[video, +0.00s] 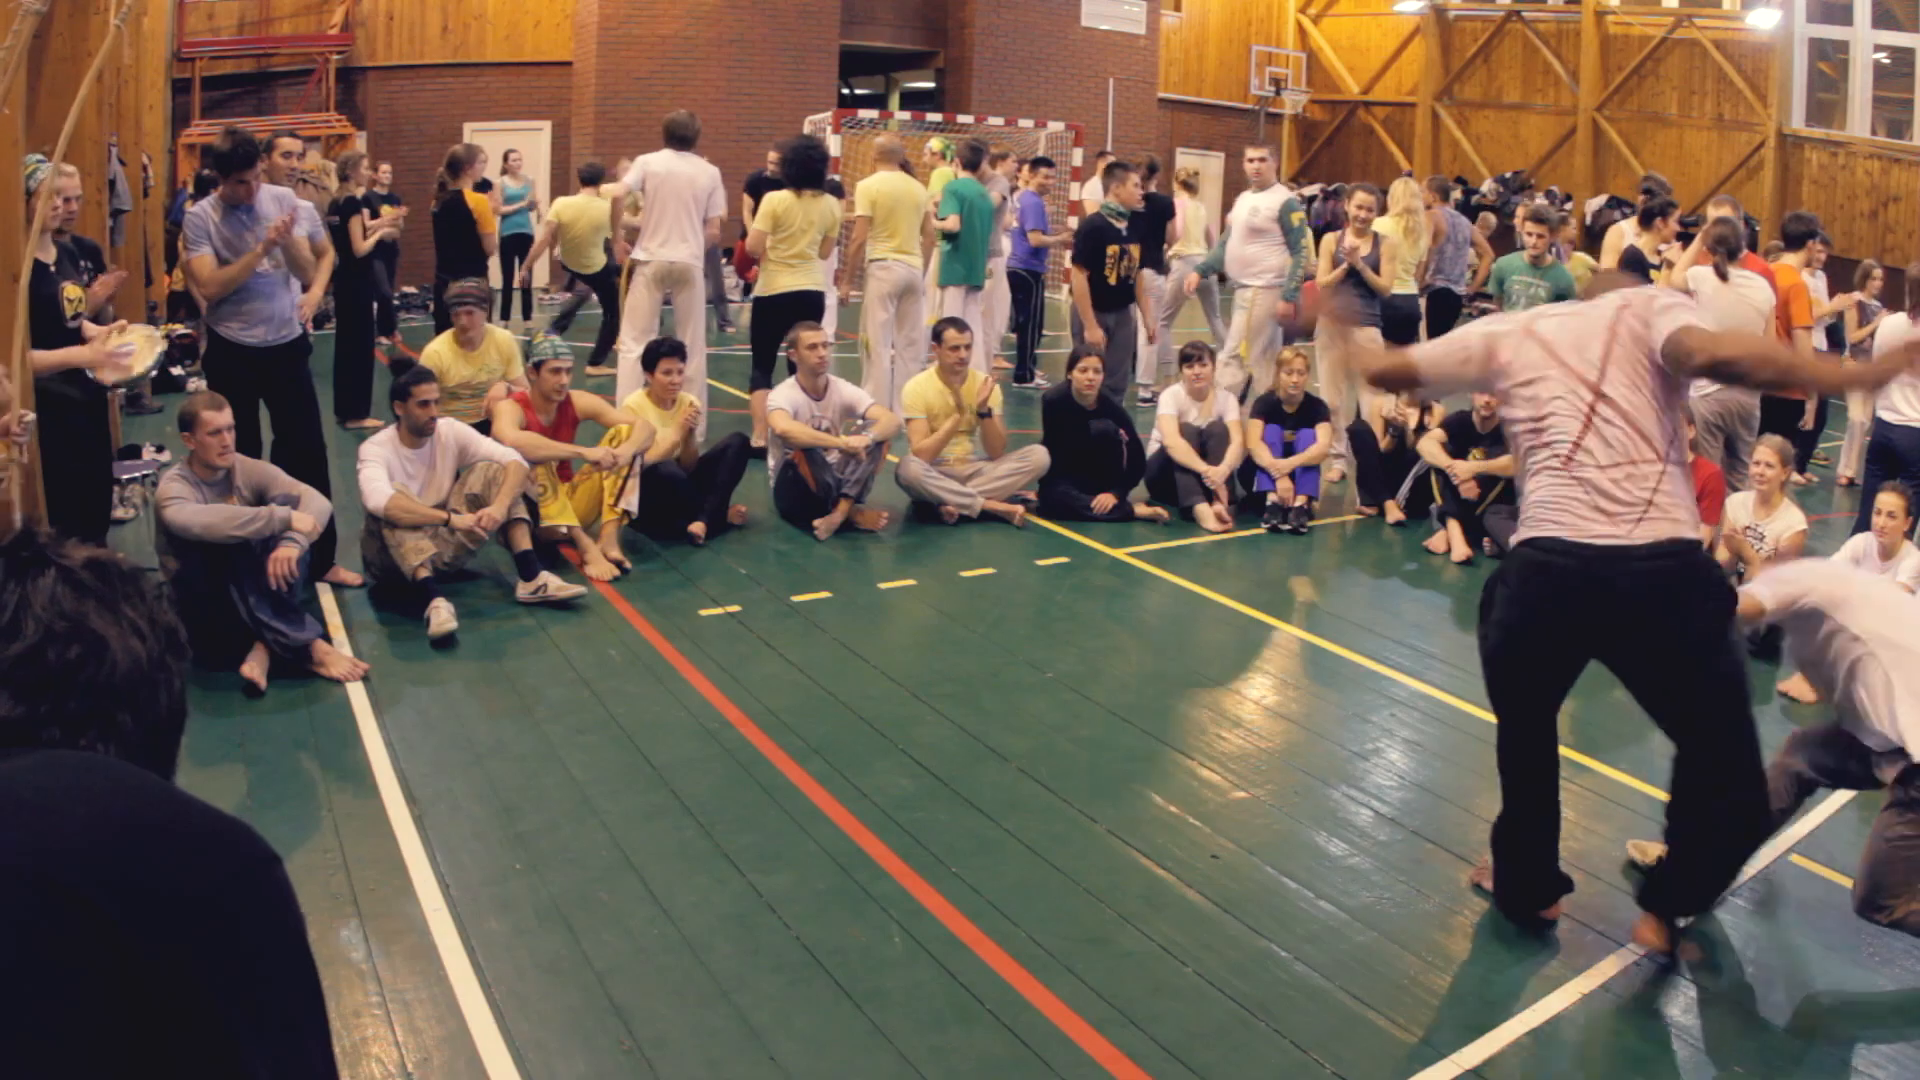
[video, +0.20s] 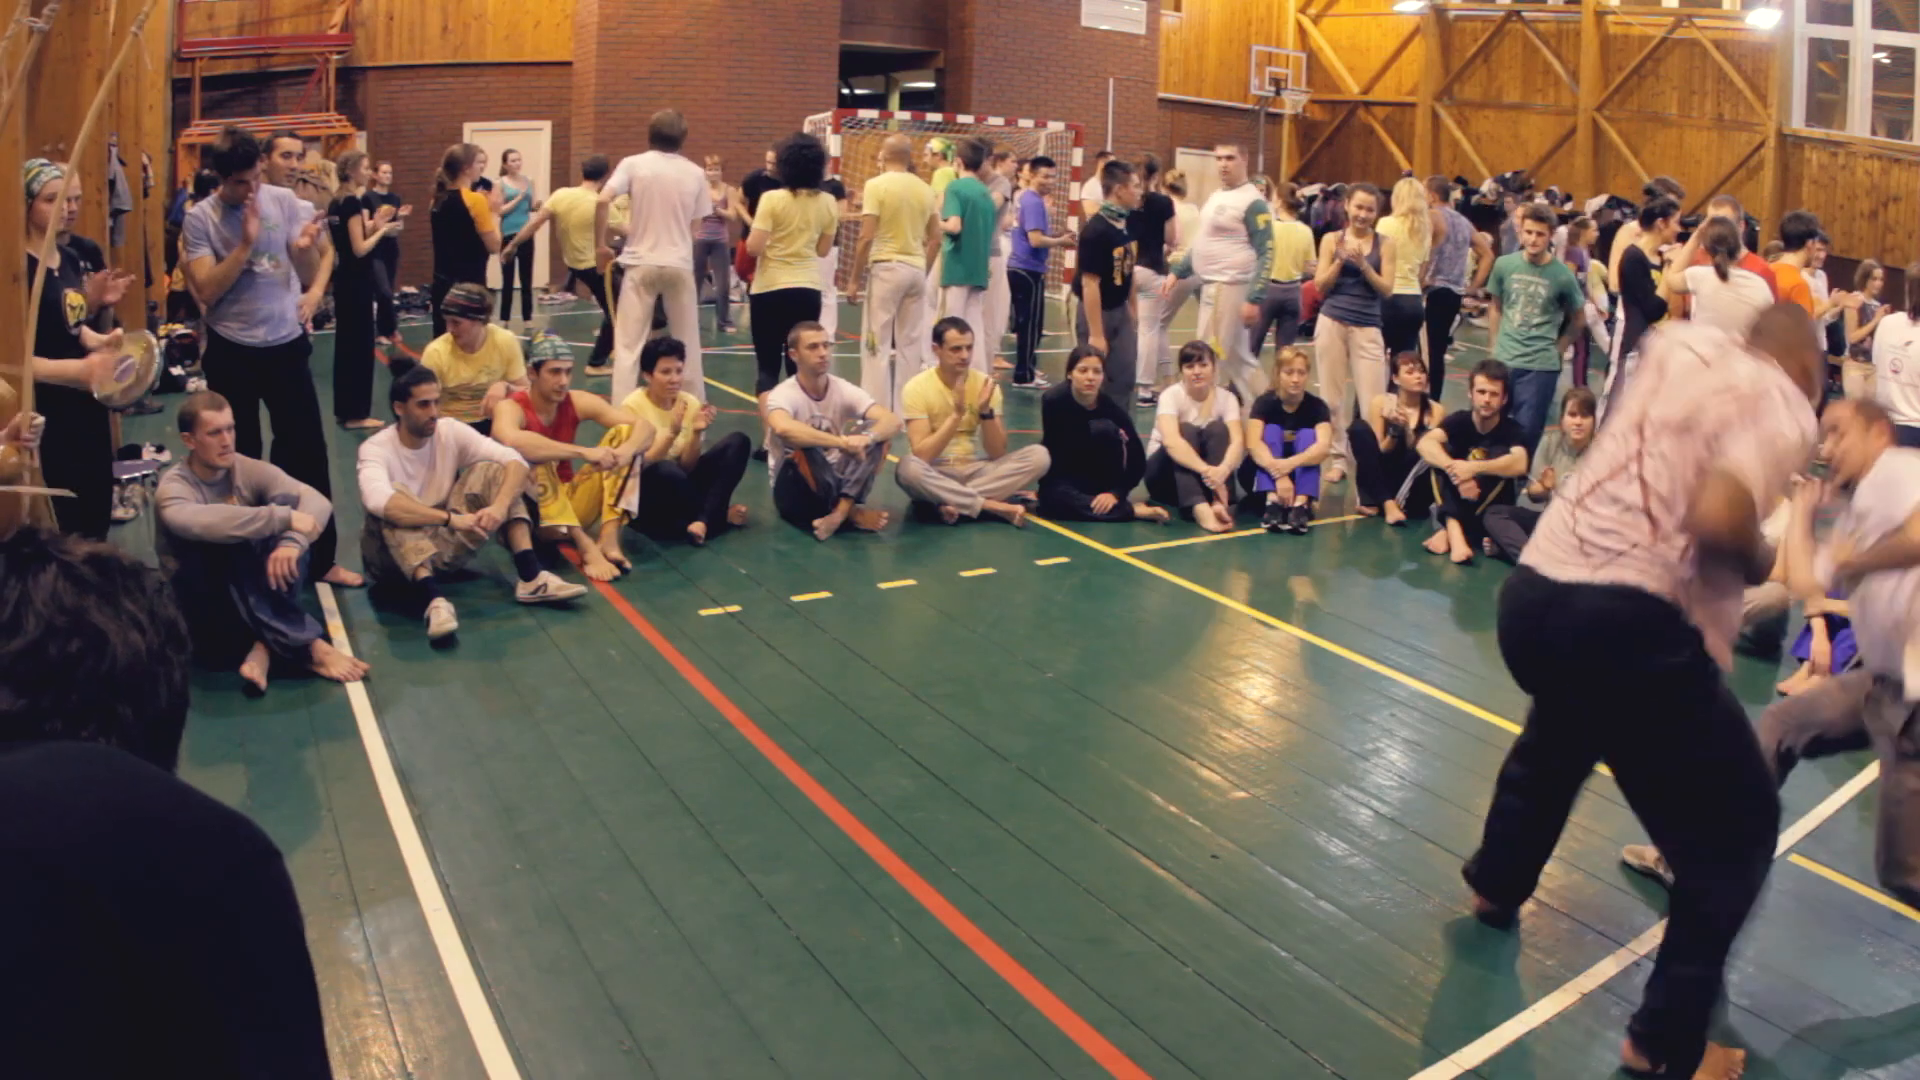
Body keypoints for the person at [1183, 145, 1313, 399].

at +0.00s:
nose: (1256, 166)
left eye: (1262, 160)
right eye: (1250, 161)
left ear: (1275, 164)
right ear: (1243, 166)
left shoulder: (1286, 201)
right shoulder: (1244, 198)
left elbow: (1302, 252)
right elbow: (1228, 240)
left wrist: (1289, 297)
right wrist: (1200, 271)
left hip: (1266, 288)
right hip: (1244, 286)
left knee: (1233, 356)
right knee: (1263, 357)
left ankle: (1219, 418)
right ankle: (1268, 416)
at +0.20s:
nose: (1223, 164)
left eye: (1230, 159)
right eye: (1219, 159)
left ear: (1244, 162)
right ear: (1215, 164)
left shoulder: (1253, 201)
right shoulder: (1216, 197)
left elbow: (1266, 252)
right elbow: (1204, 242)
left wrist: (1254, 299)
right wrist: (1177, 272)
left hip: (1235, 285)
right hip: (1211, 283)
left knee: (1217, 350)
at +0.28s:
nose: (1209, 163)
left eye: (1216, 157)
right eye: (1206, 157)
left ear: (1233, 160)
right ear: (1202, 161)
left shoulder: (1241, 200)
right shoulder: (1206, 193)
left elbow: (1250, 254)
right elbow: (1195, 240)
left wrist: (1236, 298)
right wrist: (1173, 272)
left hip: (1219, 281)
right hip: (1198, 279)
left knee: (1208, 348)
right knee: (1203, 348)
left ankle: (1253, 403)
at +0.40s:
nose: (1190, 161)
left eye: (1197, 155)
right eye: (1186, 156)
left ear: (1213, 159)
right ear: (1183, 159)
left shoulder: (1220, 198)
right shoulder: (1190, 193)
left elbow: (1227, 254)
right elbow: (1180, 243)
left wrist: (1202, 294)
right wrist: (1163, 278)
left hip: (1201, 284)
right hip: (1177, 282)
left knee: (1195, 352)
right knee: (1166, 347)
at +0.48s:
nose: (1175, 160)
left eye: (1182, 154)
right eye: (1173, 154)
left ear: (1200, 156)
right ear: (1172, 158)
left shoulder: (1209, 196)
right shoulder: (1178, 191)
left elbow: (1213, 250)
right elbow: (1169, 239)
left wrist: (1184, 291)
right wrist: (1158, 277)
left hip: (1195, 283)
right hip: (1168, 281)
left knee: (1192, 349)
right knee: (1153, 343)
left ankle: (1197, 409)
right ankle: (1163, 405)